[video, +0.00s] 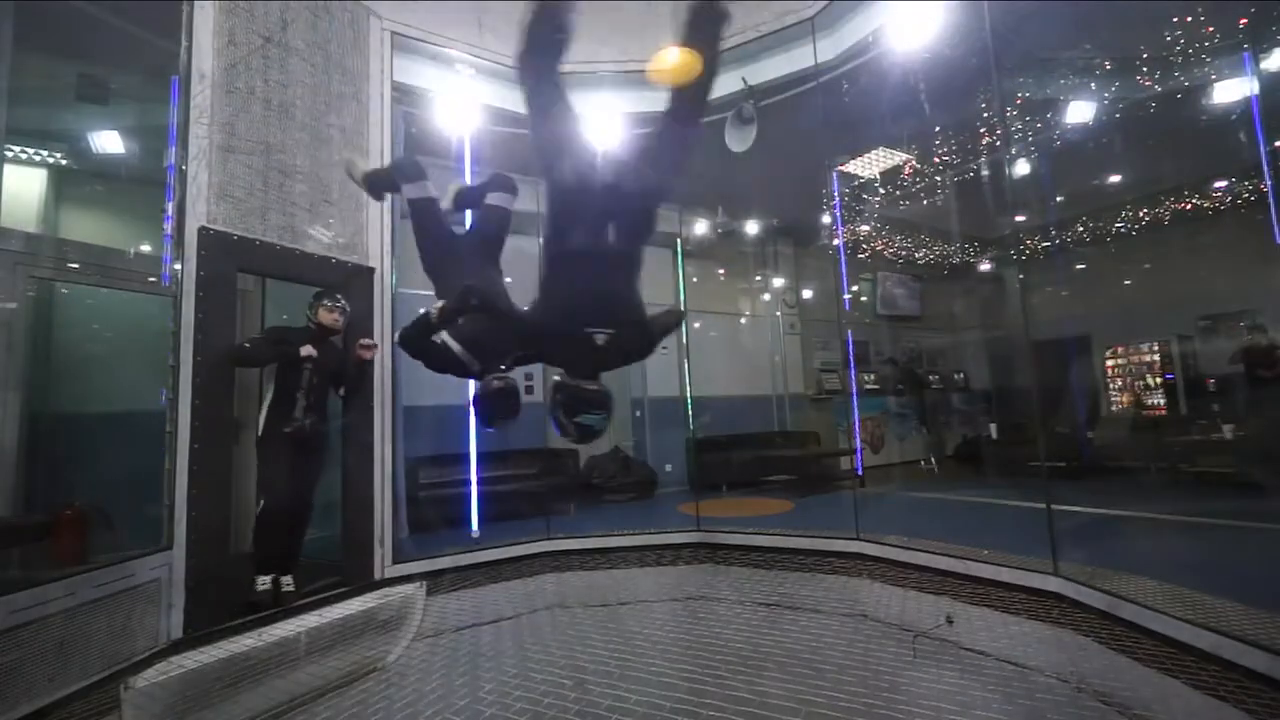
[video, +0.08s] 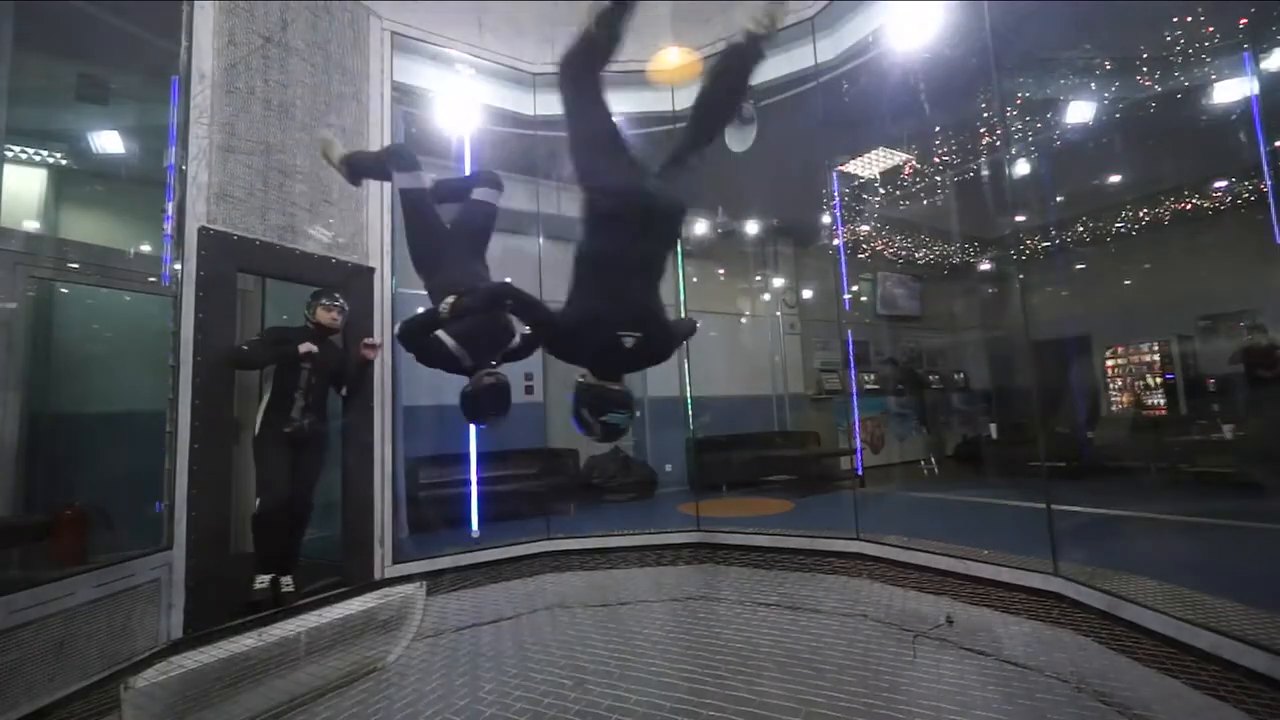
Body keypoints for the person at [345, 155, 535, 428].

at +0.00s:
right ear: (504, 382)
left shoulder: (455, 361)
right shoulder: (527, 347)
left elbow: (407, 340)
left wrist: (449, 309)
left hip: (445, 267)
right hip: (484, 259)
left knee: (409, 168)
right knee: (504, 183)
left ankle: (370, 182)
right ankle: (460, 201)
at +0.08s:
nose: (481, 383)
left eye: (478, 388)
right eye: (486, 386)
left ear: (469, 385)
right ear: (496, 380)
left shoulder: (444, 358)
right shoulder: (514, 349)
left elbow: (405, 334)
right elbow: (545, 320)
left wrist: (442, 312)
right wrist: (507, 293)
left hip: (434, 268)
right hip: (474, 262)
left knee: (402, 157)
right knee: (491, 182)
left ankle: (348, 165)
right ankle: (426, 195)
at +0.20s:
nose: (465, 376)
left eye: (463, 379)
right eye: (472, 379)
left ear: (457, 375)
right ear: (481, 374)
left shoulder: (439, 352)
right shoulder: (496, 339)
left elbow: (410, 334)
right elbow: (547, 303)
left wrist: (456, 312)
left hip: (421, 257)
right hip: (453, 253)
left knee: (393, 139)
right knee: (469, 176)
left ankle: (321, 140)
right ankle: (402, 183)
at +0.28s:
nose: (460, 368)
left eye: (458, 380)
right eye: (466, 379)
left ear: (456, 373)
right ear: (474, 370)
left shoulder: (435, 351)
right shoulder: (484, 333)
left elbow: (413, 329)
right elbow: (541, 306)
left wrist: (479, 308)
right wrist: (590, 295)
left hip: (407, 240)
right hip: (442, 238)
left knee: (391, 125)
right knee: (451, 154)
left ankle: (301, 123)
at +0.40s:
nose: (459, 365)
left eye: (453, 372)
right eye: (468, 372)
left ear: (438, 370)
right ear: (462, 364)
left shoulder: (419, 335)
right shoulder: (452, 334)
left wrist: (514, 306)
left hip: (393, 227)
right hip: (418, 233)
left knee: (389, 110)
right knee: (431, 180)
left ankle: (273, 91)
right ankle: (340, 148)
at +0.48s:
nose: (461, 365)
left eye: (453, 372)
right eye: (463, 373)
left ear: (435, 369)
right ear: (453, 363)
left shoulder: (416, 333)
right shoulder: (446, 330)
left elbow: (476, 309)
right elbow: (486, 311)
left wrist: (526, 303)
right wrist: (530, 304)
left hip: (388, 223)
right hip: (411, 224)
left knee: (392, 116)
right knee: (415, 167)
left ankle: (264, 67)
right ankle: (322, 134)